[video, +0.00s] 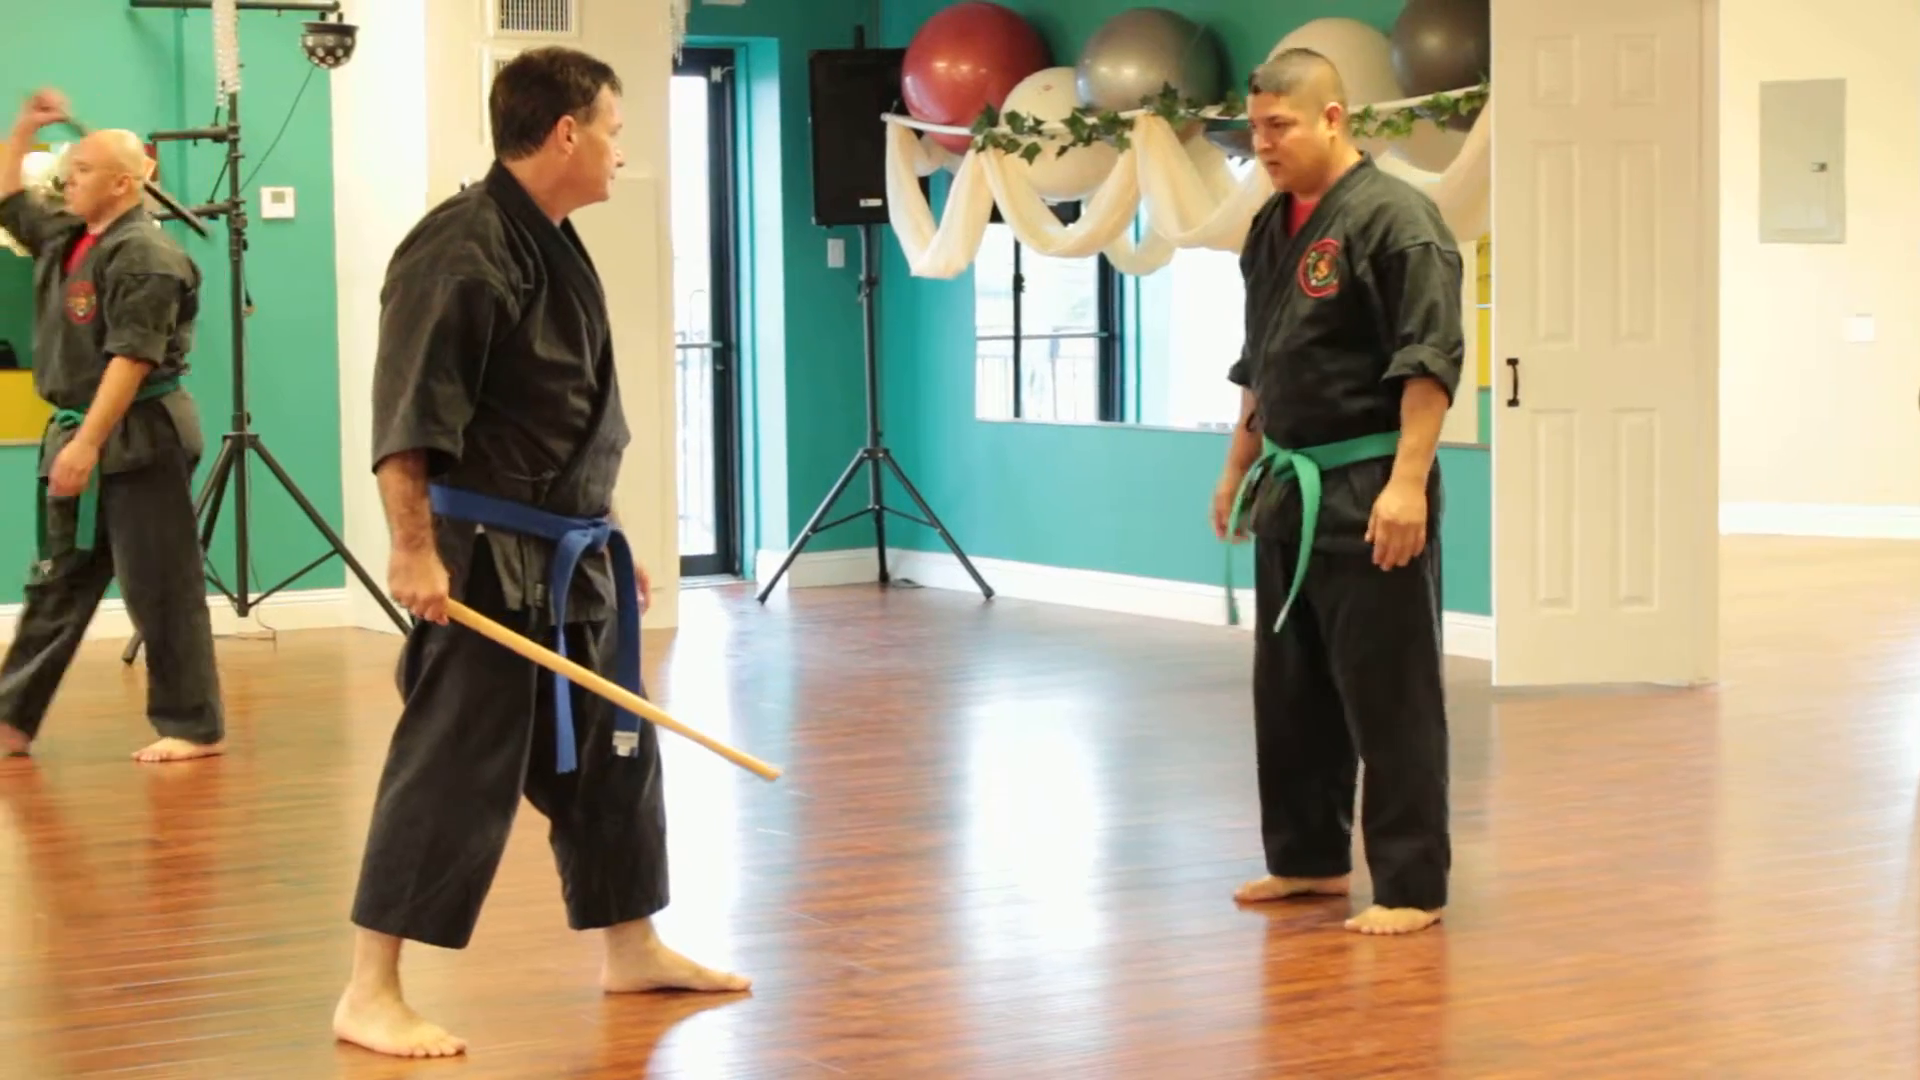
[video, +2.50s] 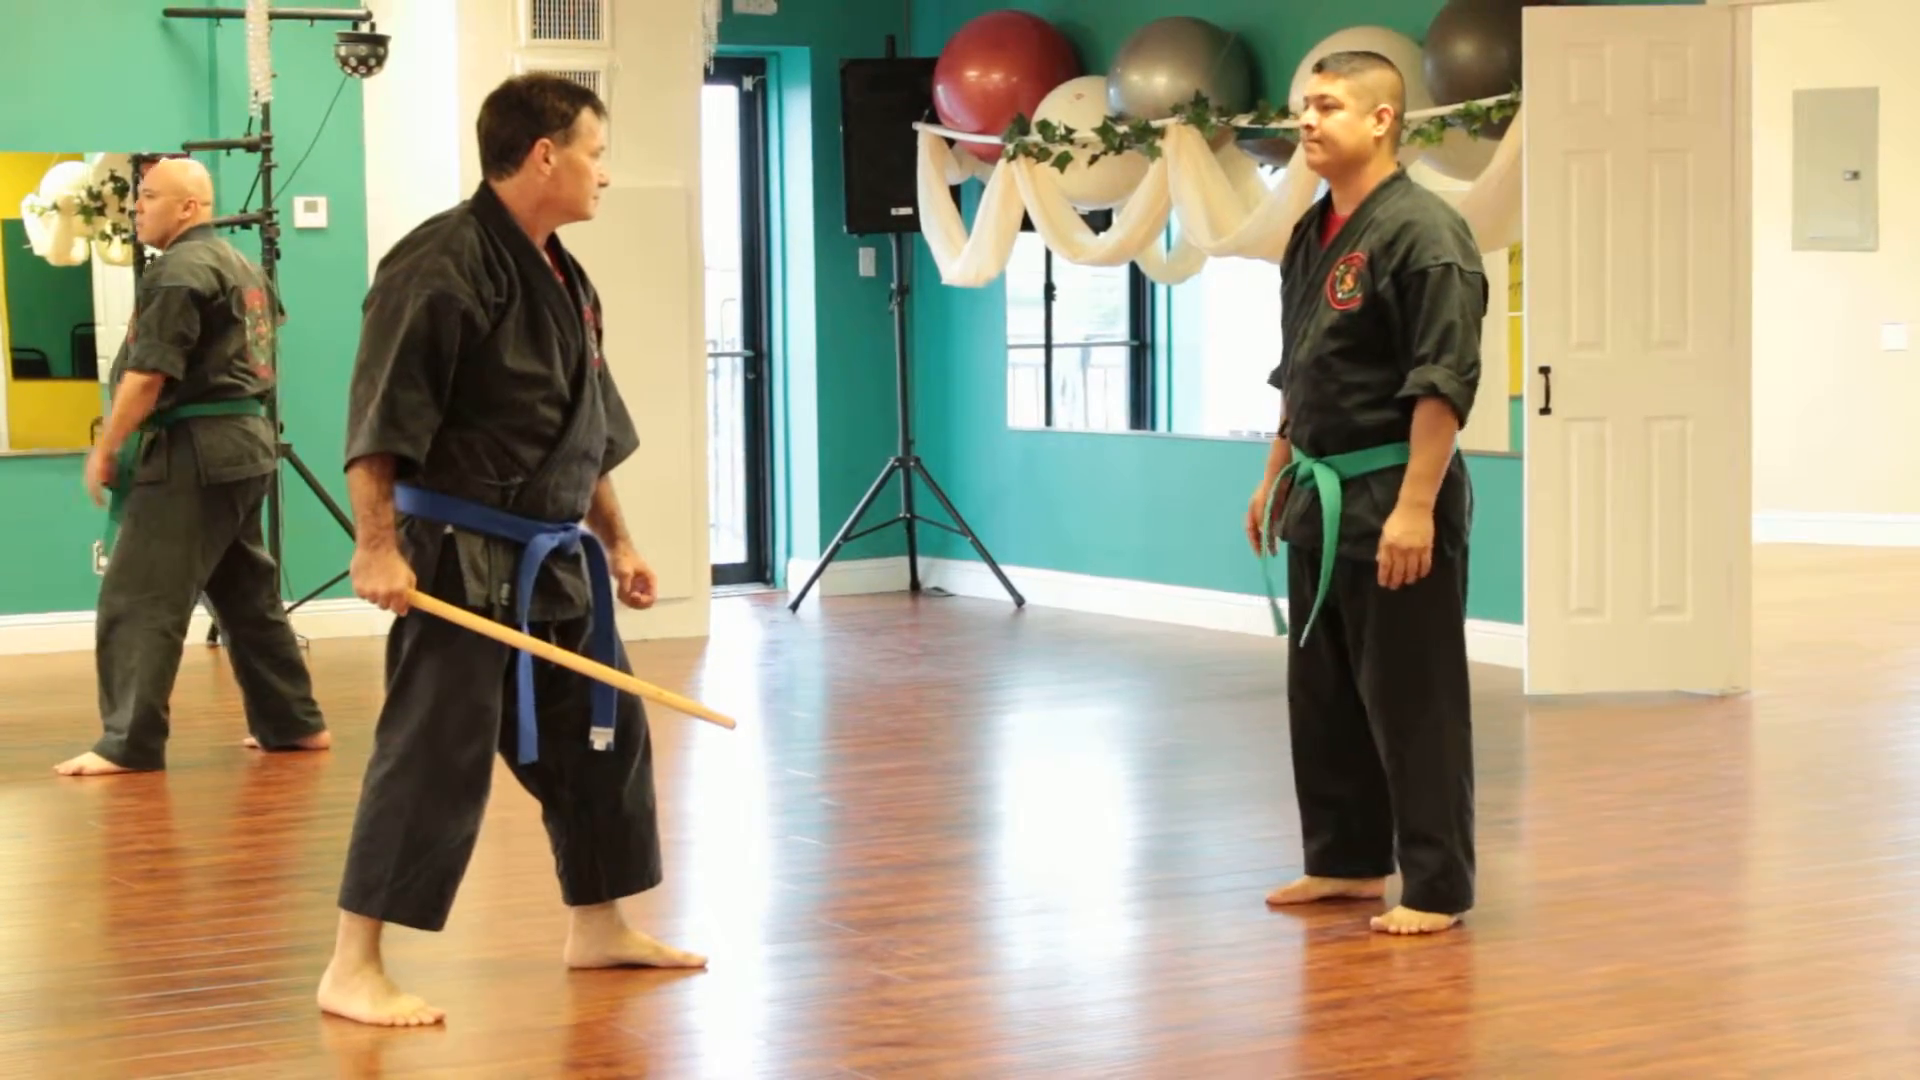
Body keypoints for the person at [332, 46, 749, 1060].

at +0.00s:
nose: (620, 156)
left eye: (619, 137)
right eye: (612, 136)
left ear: (556, 136)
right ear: (563, 134)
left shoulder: (552, 243)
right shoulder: (459, 248)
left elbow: (565, 418)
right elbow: (403, 412)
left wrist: (610, 542)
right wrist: (412, 547)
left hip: (579, 543)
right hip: (490, 546)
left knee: (612, 741)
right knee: (448, 758)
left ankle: (634, 951)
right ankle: (369, 993)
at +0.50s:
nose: (628, 166)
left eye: (628, 147)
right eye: (622, 146)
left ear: (569, 143)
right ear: (578, 144)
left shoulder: (564, 256)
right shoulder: (474, 256)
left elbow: (566, 422)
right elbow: (429, 420)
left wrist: (620, 528)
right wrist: (451, 546)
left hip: (580, 546)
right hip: (499, 547)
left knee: (605, 724)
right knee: (478, 755)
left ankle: (599, 906)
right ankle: (395, 993)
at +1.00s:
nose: (659, 168)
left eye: (657, 149)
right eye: (649, 148)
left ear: (598, 152)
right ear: (598, 148)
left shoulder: (595, 257)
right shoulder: (500, 244)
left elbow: (611, 413)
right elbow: (440, 392)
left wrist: (654, 529)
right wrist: (444, 524)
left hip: (586, 532)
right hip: (497, 527)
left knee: (607, 722)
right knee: (470, 733)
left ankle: (600, 920)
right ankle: (360, 943)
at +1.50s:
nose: (609, 173)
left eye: (608, 154)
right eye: (600, 154)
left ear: (551, 156)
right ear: (551, 156)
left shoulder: (558, 272)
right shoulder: (443, 260)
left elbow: (561, 430)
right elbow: (379, 410)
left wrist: (598, 541)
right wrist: (380, 539)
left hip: (553, 541)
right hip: (459, 540)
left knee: (598, 723)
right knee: (427, 743)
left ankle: (598, 926)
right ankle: (352, 964)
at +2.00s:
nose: (605, 175)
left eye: (605, 156)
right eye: (597, 155)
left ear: (548, 158)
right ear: (545, 156)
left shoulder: (559, 276)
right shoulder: (439, 262)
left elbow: (572, 428)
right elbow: (378, 412)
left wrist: (615, 539)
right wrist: (380, 541)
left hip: (558, 545)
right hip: (461, 543)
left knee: (600, 726)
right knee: (427, 747)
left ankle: (598, 926)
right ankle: (351, 967)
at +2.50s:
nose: (605, 175)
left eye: (604, 156)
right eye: (596, 156)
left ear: (548, 158)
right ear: (543, 156)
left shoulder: (564, 276)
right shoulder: (439, 261)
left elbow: (580, 428)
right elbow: (376, 409)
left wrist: (618, 539)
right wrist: (375, 542)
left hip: (559, 546)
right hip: (459, 543)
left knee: (600, 727)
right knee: (427, 747)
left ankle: (598, 928)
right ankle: (352, 967)